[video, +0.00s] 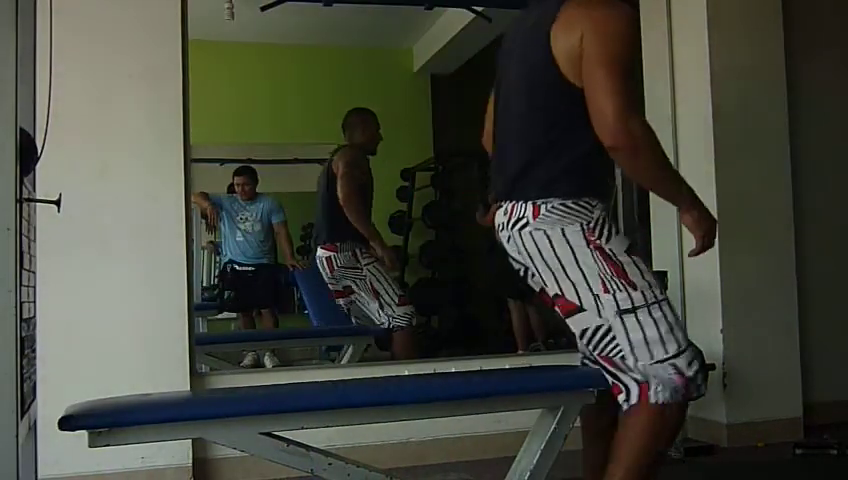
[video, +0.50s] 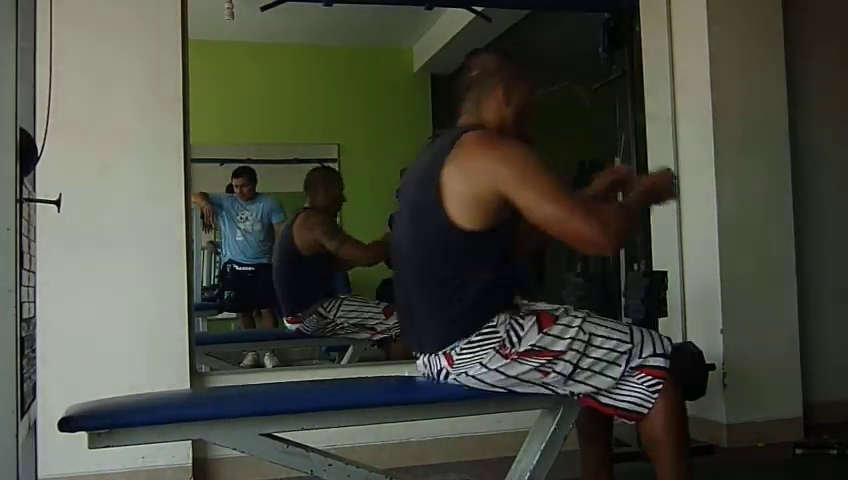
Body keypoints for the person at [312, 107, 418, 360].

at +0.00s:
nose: (380, 135)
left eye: (379, 129)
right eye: (376, 129)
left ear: (352, 131)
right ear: (363, 131)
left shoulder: (341, 157)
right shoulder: (350, 156)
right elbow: (348, 201)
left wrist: (373, 247)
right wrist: (378, 243)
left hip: (335, 253)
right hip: (345, 253)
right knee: (402, 314)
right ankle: (408, 389)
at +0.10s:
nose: (391, 149)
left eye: (390, 142)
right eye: (387, 142)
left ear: (361, 143)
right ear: (374, 142)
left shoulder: (344, 168)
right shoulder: (363, 165)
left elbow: (341, 237)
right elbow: (372, 210)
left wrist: (375, 261)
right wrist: (409, 249)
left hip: (330, 261)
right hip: (342, 261)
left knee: (400, 318)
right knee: (407, 319)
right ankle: (406, 393)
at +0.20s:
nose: (394, 165)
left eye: (394, 158)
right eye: (391, 157)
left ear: (364, 156)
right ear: (379, 156)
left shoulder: (347, 180)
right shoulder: (366, 178)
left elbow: (346, 247)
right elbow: (387, 223)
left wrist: (383, 266)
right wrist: (427, 253)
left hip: (324, 270)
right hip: (335, 271)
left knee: (395, 321)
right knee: (408, 321)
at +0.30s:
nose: (388, 178)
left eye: (387, 172)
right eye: (385, 171)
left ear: (357, 171)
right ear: (372, 171)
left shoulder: (341, 194)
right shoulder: (358, 194)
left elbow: (350, 259)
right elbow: (394, 237)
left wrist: (392, 267)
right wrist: (436, 256)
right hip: (329, 287)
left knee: (398, 315)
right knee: (409, 322)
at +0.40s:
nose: (370, 189)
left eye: (369, 183)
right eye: (367, 182)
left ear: (337, 184)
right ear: (356, 184)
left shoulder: (324, 209)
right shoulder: (340, 209)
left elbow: (348, 262)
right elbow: (388, 249)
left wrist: (386, 258)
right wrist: (429, 249)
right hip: (321, 301)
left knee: (399, 316)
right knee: (405, 321)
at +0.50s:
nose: (343, 199)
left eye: (342, 193)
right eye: (339, 193)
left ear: (310, 195)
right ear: (327, 194)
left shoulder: (301, 219)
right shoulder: (315, 221)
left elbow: (337, 264)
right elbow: (367, 257)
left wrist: (378, 248)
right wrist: (390, 240)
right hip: (313, 314)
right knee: (401, 321)